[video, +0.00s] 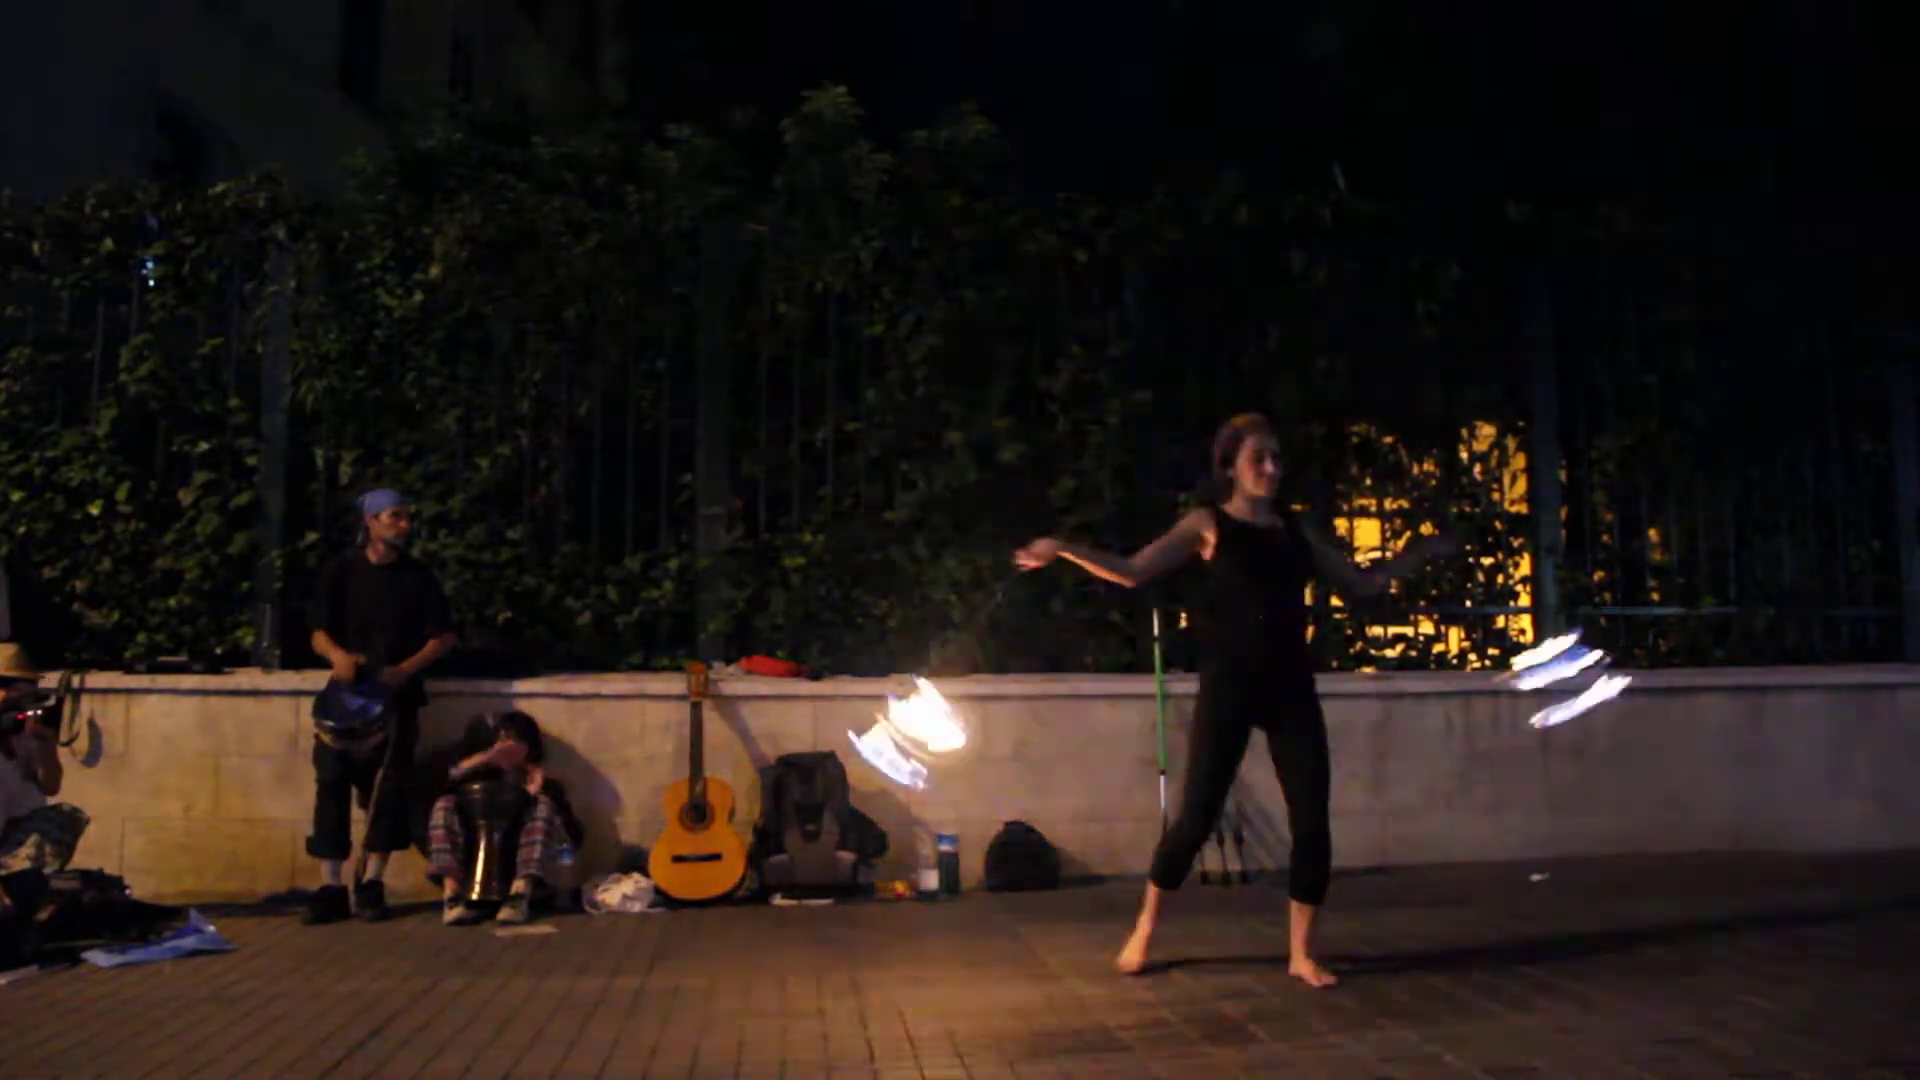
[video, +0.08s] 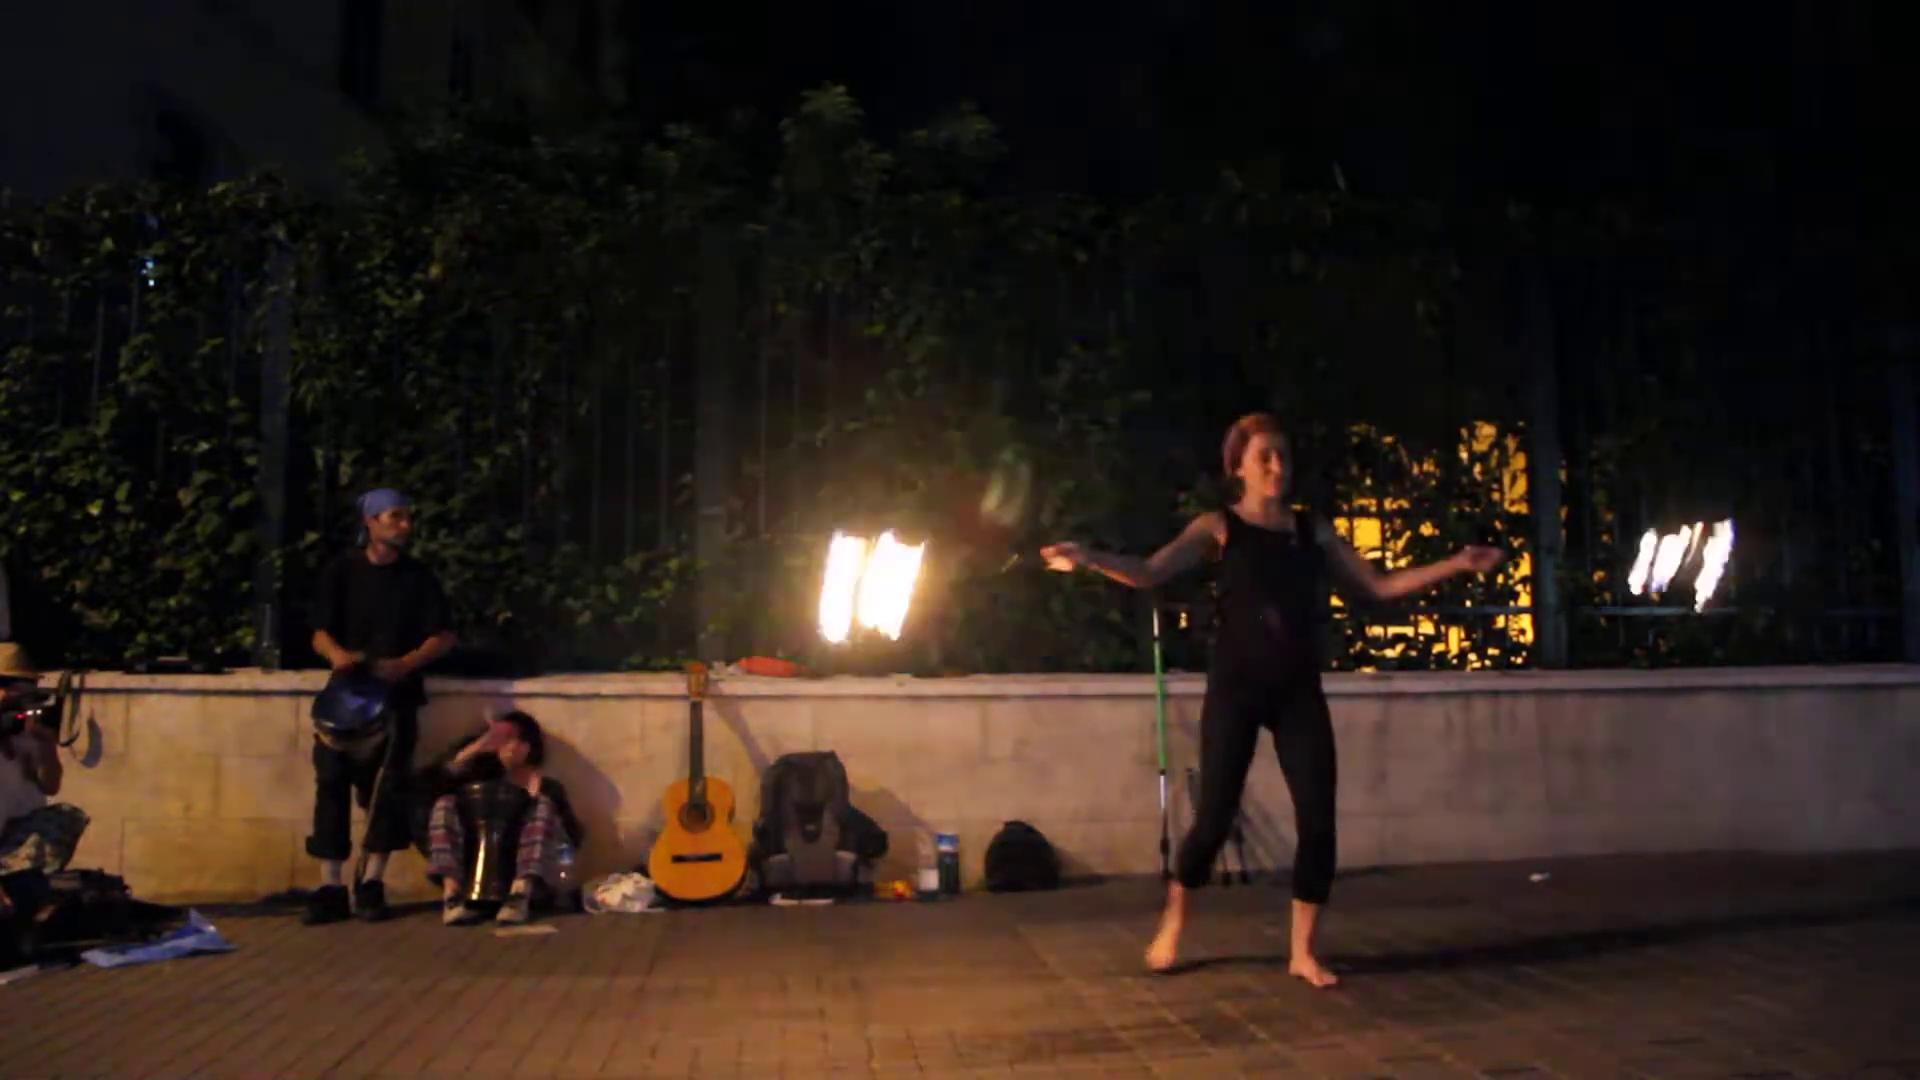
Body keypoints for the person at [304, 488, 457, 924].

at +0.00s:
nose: (404, 525)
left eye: (406, 518)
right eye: (395, 518)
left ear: (406, 524)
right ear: (371, 522)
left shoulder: (418, 576)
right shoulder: (341, 572)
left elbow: (444, 637)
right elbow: (318, 632)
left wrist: (404, 669)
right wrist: (339, 657)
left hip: (396, 695)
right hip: (345, 693)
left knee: (390, 784)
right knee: (331, 782)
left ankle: (371, 881)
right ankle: (332, 883)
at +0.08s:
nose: (405, 525)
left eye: (407, 518)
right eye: (396, 518)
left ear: (408, 525)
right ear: (371, 523)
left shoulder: (419, 576)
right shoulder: (341, 572)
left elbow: (444, 636)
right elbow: (319, 632)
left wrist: (403, 664)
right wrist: (339, 656)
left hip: (396, 693)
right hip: (346, 691)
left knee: (389, 783)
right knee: (331, 780)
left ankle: (371, 881)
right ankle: (332, 883)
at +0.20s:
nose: (405, 525)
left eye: (407, 518)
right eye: (396, 518)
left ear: (408, 524)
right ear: (371, 523)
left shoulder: (417, 575)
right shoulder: (342, 571)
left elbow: (443, 637)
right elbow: (318, 631)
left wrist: (403, 656)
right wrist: (338, 662)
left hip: (396, 692)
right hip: (346, 689)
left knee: (389, 784)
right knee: (331, 782)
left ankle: (371, 881)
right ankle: (332, 883)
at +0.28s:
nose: (403, 524)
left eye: (405, 518)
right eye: (394, 518)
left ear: (406, 523)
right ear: (369, 522)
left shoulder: (417, 575)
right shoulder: (342, 571)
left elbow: (444, 635)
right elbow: (316, 633)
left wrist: (405, 671)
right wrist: (336, 644)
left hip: (396, 694)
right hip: (345, 690)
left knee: (389, 786)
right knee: (331, 783)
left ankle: (370, 882)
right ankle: (331, 883)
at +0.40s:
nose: (401, 526)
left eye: (404, 519)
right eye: (392, 519)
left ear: (406, 524)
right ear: (368, 522)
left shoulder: (417, 575)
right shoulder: (341, 572)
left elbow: (445, 636)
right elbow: (316, 635)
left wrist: (405, 668)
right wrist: (333, 636)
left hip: (396, 690)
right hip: (346, 687)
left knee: (389, 782)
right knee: (331, 780)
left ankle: (371, 882)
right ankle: (331, 883)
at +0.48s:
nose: (401, 526)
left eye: (404, 519)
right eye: (392, 519)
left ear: (407, 524)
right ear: (368, 523)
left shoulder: (417, 576)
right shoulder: (341, 572)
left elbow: (444, 637)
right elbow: (316, 630)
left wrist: (399, 664)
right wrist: (330, 642)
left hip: (396, 693)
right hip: (346, 689)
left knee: (389, 783)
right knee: (331, 781)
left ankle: (371, 881)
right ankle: (331, 883)